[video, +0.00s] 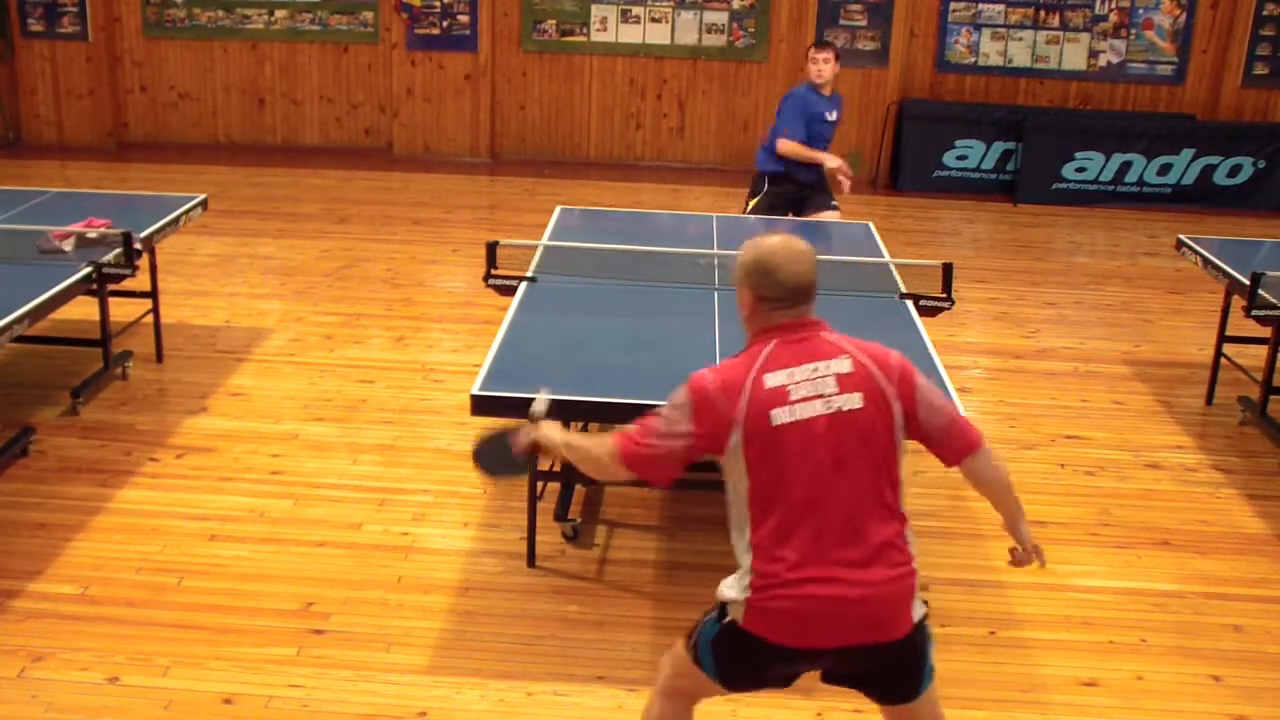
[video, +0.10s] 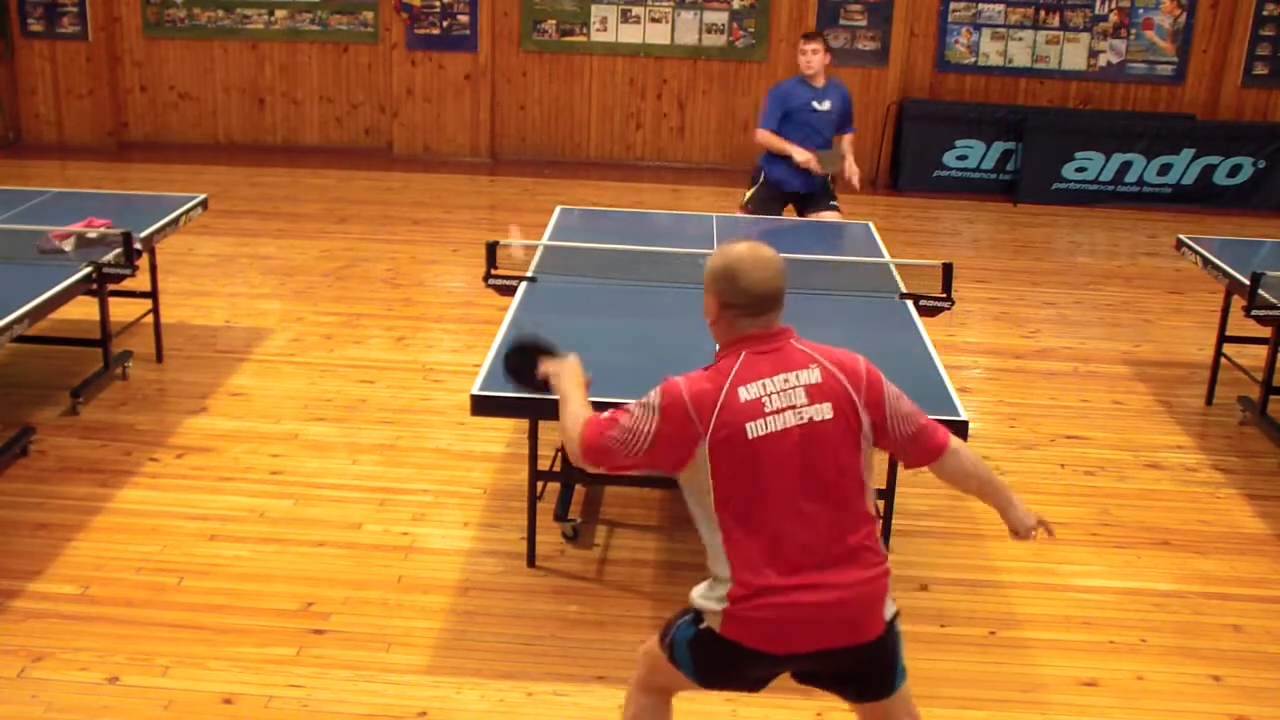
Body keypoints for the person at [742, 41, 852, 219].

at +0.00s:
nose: (820, 68)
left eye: (826, 62)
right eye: (814, 62)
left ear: (836, 67)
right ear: (807, 67)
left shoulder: (834, 101)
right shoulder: (797, 98)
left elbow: (819, 147)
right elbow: (783, 145)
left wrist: (837, 171)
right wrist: (824, 159)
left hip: (811, 177)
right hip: (777, 176)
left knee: (830, 228)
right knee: (752, 234)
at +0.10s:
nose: (808, 59)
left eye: (814, 53)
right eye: (803, 53)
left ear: (827, 58)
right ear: (797, 58)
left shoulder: (839, 94)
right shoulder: (782, 93)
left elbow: (845, 132)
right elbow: (761, 135)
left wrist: (849, 159)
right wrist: (794, 151)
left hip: (815, 181)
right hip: (776, 178)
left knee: (832, 231)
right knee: (747, 231)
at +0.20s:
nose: (793, 51)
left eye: (800, 45)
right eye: (788, 46)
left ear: (813, 50)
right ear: (782, 50)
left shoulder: (832, 87)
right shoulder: (771, 87)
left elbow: (856, 117)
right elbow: (752, 121)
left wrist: (837, 154)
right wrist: (762, 147)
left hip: (813, 170)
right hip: (774, 166)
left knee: (824, 230)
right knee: (741, 218)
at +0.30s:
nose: (772, 56)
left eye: (780, 49)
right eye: (769, 50)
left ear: (794, 54)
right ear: (764, 54)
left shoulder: (809, 87)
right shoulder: (762, 92)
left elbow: (834, 123)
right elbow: (755, 132)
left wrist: (797, 152)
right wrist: (741, 160)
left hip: (807, 173)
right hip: (770, 173)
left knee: (814, 235)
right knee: (737, 218)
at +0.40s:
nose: (743, 55)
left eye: (750, 48)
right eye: (741, 49)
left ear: (766, 54)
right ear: (737, 53)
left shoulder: (780, 83)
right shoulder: (749, 89)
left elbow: (792, 122)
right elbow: (752, 132)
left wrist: (745, 137)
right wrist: (735, 163)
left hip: (793, 168)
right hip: (762, 168)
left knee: (806, 234)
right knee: (721, 216)